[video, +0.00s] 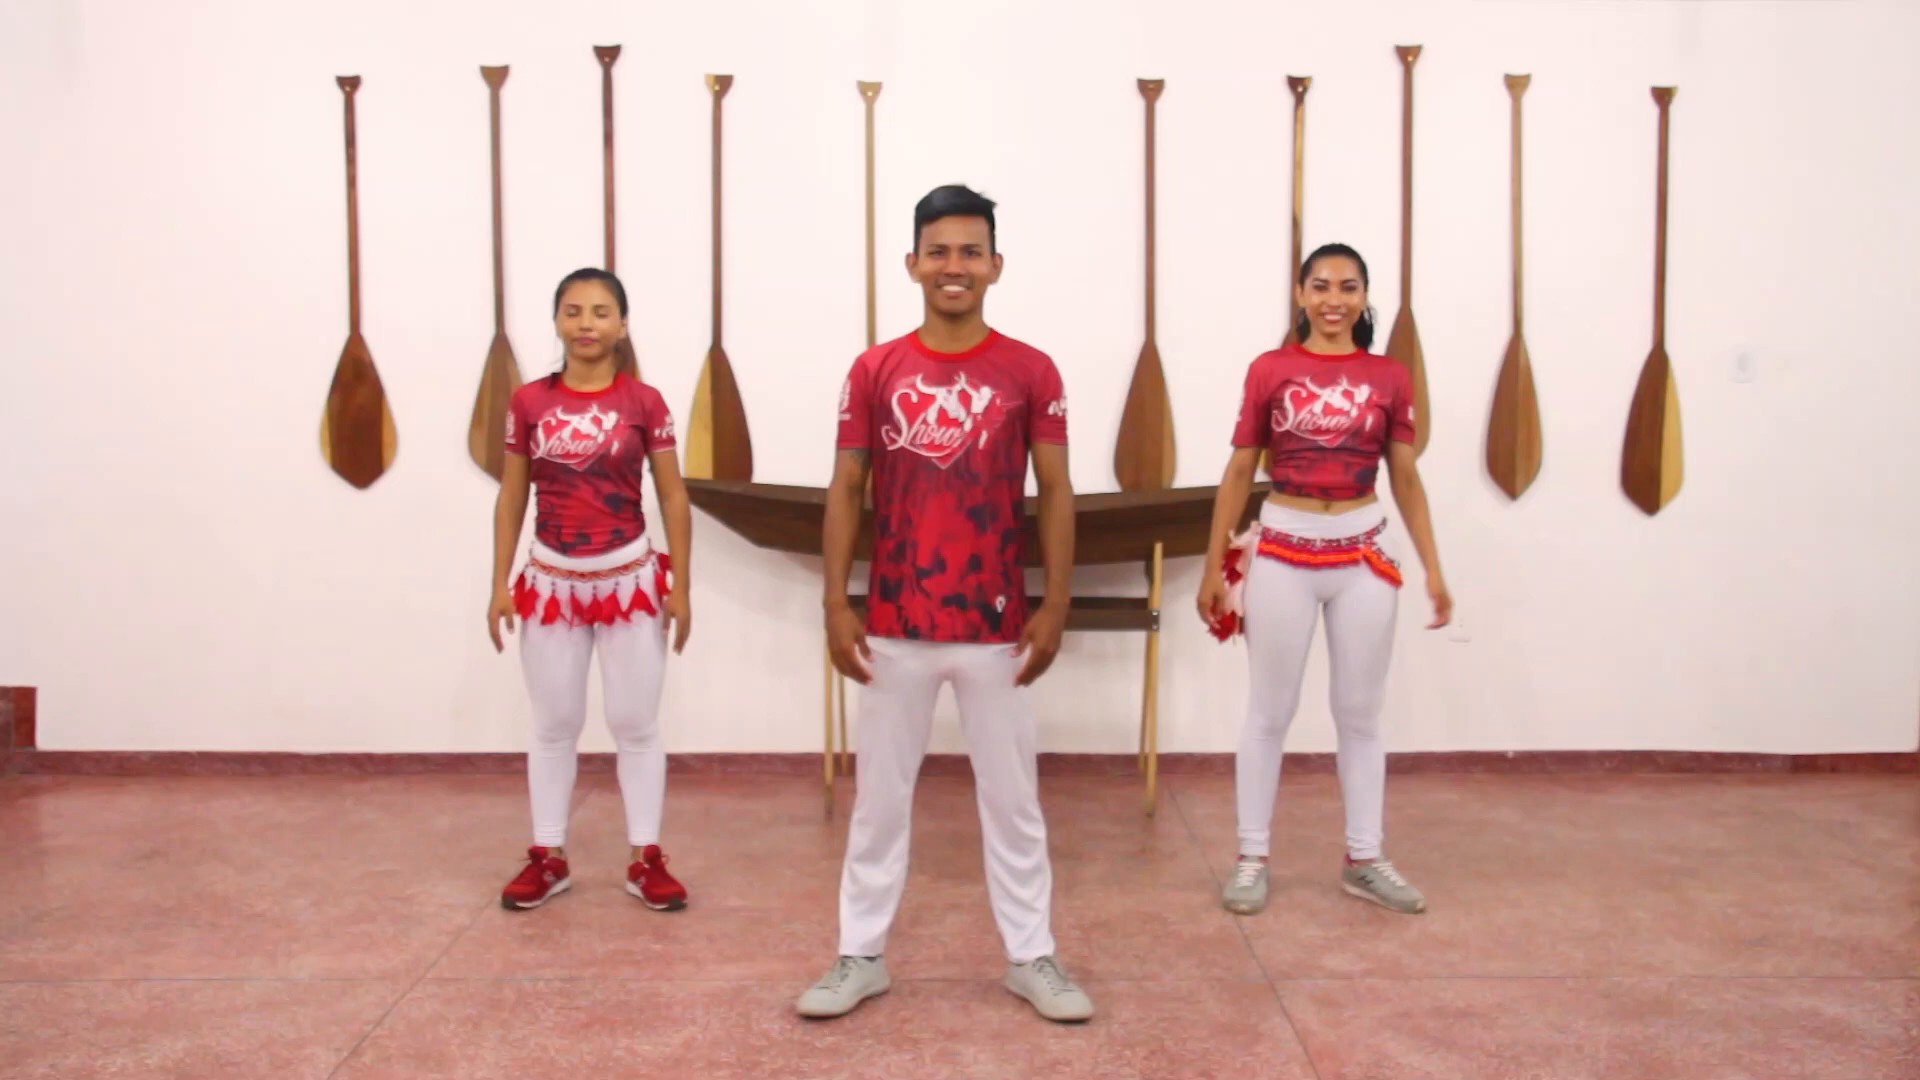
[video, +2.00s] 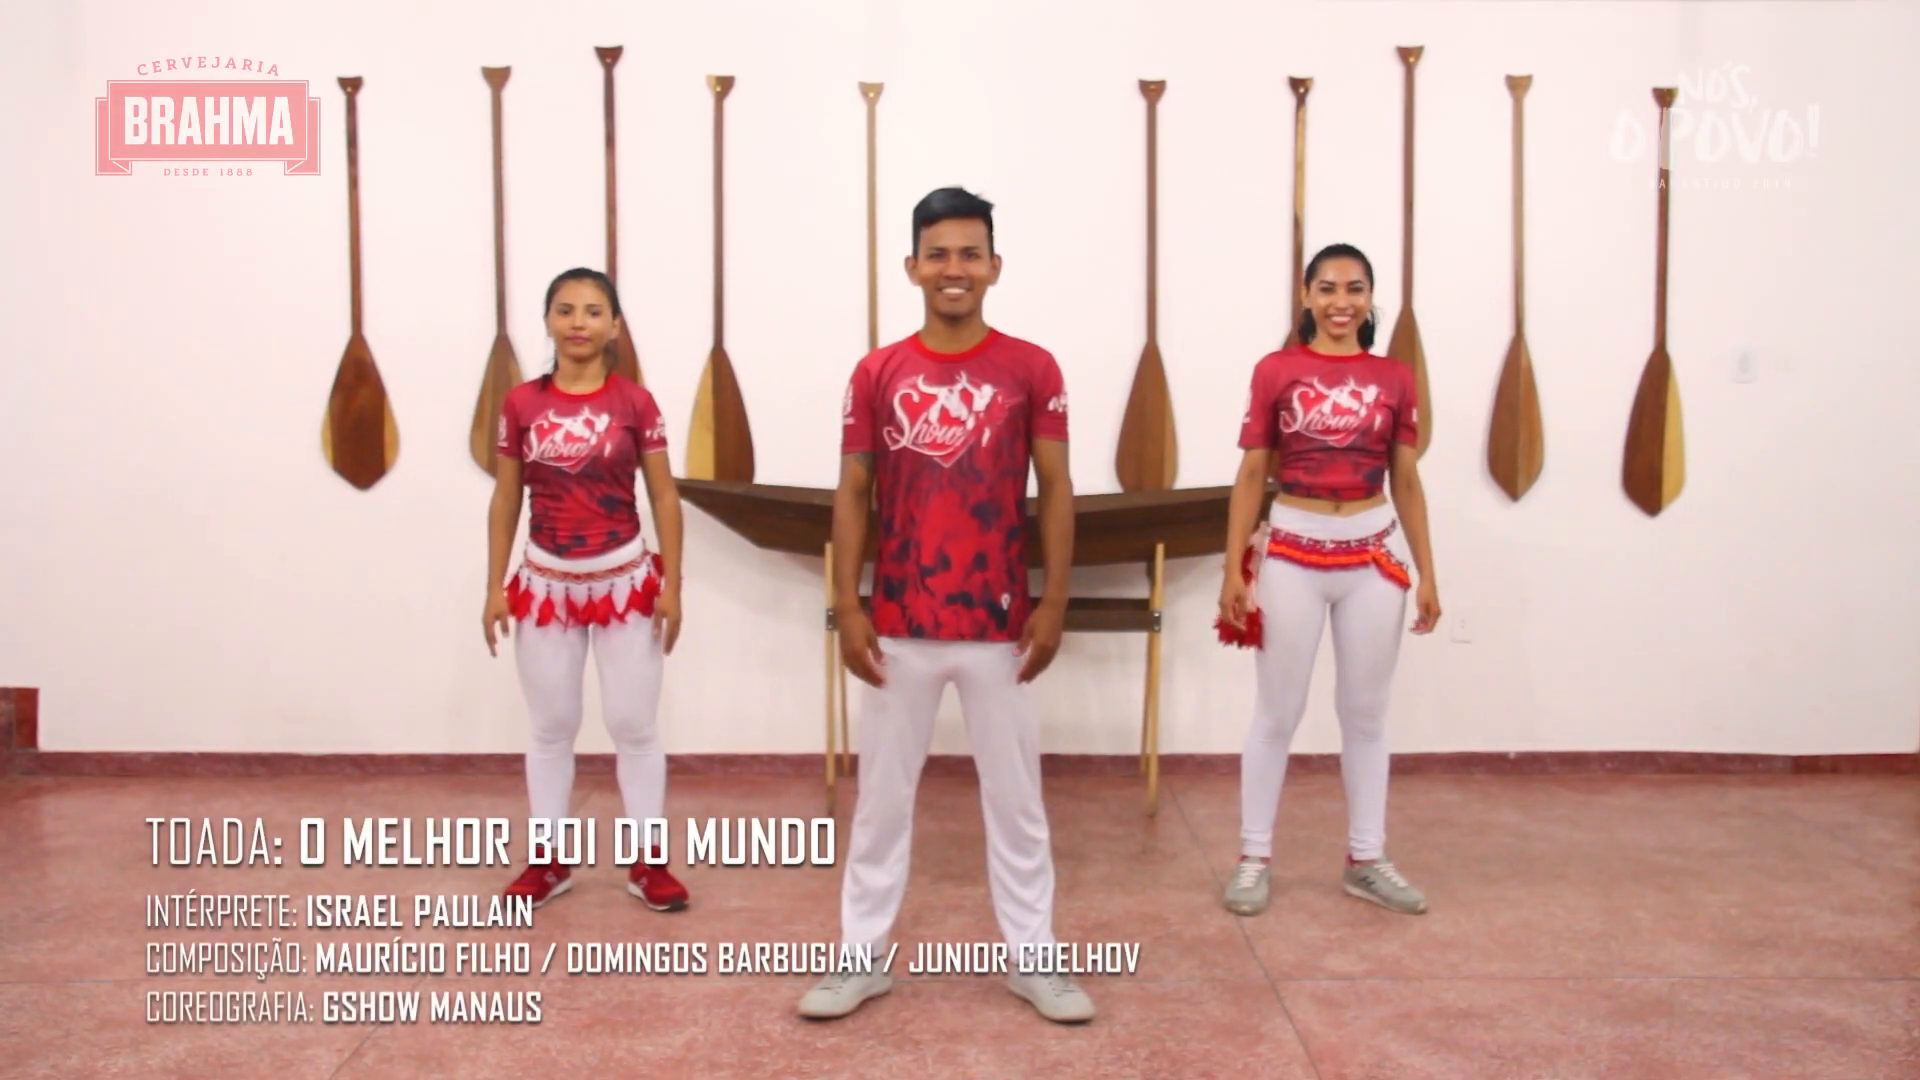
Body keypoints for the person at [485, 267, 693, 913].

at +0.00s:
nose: (587, 322)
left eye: (601, 312)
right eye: (574, 312)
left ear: (622, 324)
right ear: (557, 323)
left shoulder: (643, 401)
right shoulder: (530, 402)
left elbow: (673, 495)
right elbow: (512, 495)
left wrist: (680, 583)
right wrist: (501, 582)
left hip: (631, 579)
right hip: (550, 580)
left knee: (636, 727)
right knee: (554, 726)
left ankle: (647, 857)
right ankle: (547, 856)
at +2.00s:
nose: (579, 321)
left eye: (593, 311)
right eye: (566, 310)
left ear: (614, 325)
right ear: (548, 322)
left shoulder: (634, 401)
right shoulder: (522, 403)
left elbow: (664, 494)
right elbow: (506, 497)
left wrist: (672, 582)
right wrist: (496, 584)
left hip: (626, 581)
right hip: (544, 583)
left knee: (635, 728)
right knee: (550, 728)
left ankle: (649, 861)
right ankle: (548, 858)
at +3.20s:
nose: (620, 324)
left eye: (631, 311)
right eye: (604, 314)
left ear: (649, 321)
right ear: (584, 328)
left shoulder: (662, 402)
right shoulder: (582, 401)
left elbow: (683, 487)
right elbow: (590, 497)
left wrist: (696, 569)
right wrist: (625, 581)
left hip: (658, 578)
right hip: (585, 580)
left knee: (658, 728)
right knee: (585, 726)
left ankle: (651, 860)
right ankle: (534, 838)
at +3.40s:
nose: (609, 313)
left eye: (621, 303)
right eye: (594, 304)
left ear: (641, 318)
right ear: (574, 321)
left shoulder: (662, 388)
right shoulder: (561, 378)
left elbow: (704, 404)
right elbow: (583, 387)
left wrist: (753, 409)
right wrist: (640, 393)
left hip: (652, 583)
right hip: (574, 580)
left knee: (653, 728)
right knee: (541, 725)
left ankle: (649, 864)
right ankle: (510, 874)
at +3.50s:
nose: (603, 315)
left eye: (617, 304)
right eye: (587, 306)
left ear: (635, 320)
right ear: (566, 324)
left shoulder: (656, 386)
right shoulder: (555, 386)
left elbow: (730, 357)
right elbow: (540, 332)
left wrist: (805, 332)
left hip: (647, 590)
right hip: (569, 588)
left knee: (647, 737)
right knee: (538, 741)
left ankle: (650, 863)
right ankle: (495, 879)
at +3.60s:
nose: (589, 317)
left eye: (603, 307)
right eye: (576, 307)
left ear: (625, 323)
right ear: (555, 323)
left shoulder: (641, 388)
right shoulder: (537, 387)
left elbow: (710, 321)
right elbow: (508, 316)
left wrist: (775, 252)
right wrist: (512, 230)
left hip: (636, 594)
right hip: (556, 596)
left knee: (642, 740)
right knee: (533, 750)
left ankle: (649, 860)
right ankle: (500, 890)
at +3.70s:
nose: (575, 313)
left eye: (591, 305)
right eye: (560, 304)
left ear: (613, 325)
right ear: (541, 323)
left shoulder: (626, 384)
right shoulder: (517, 383)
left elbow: (683, 304)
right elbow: (465, 300)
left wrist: (712, 219)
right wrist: (443, 214)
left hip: (618, 594)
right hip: (537, 596)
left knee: (635, 739)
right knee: (521, 754)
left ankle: (647, 855)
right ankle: (499, 901)